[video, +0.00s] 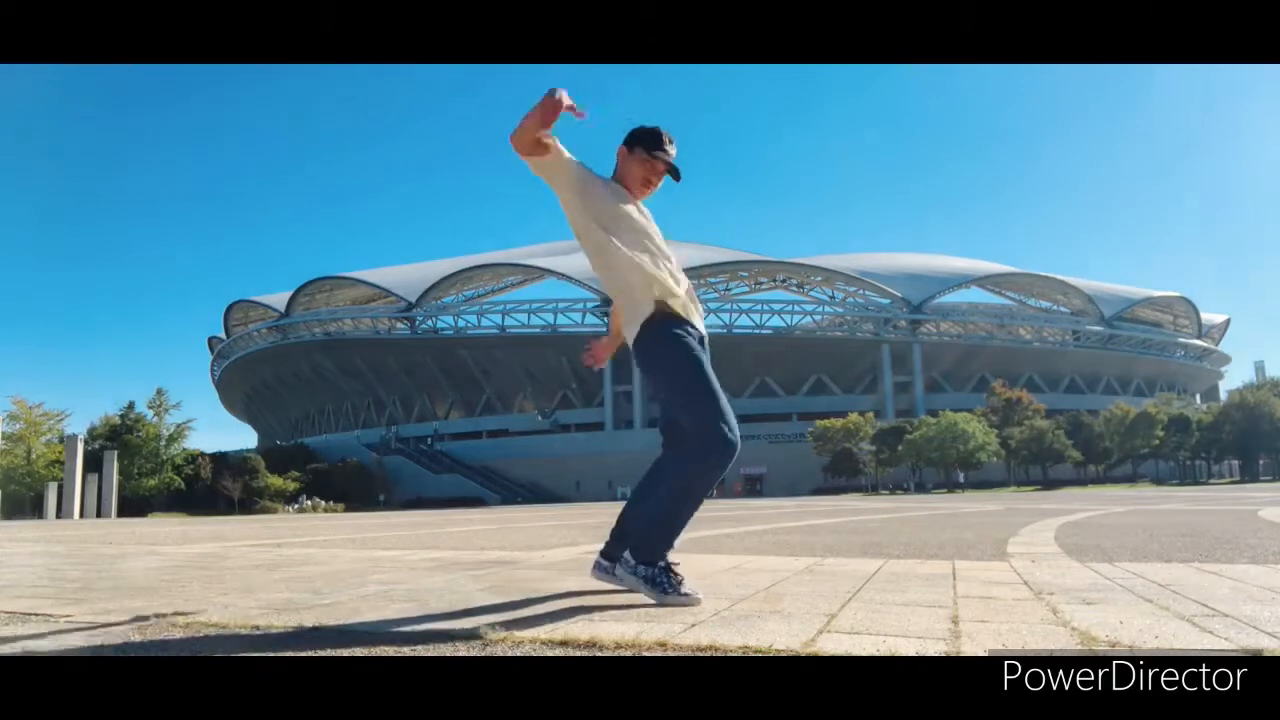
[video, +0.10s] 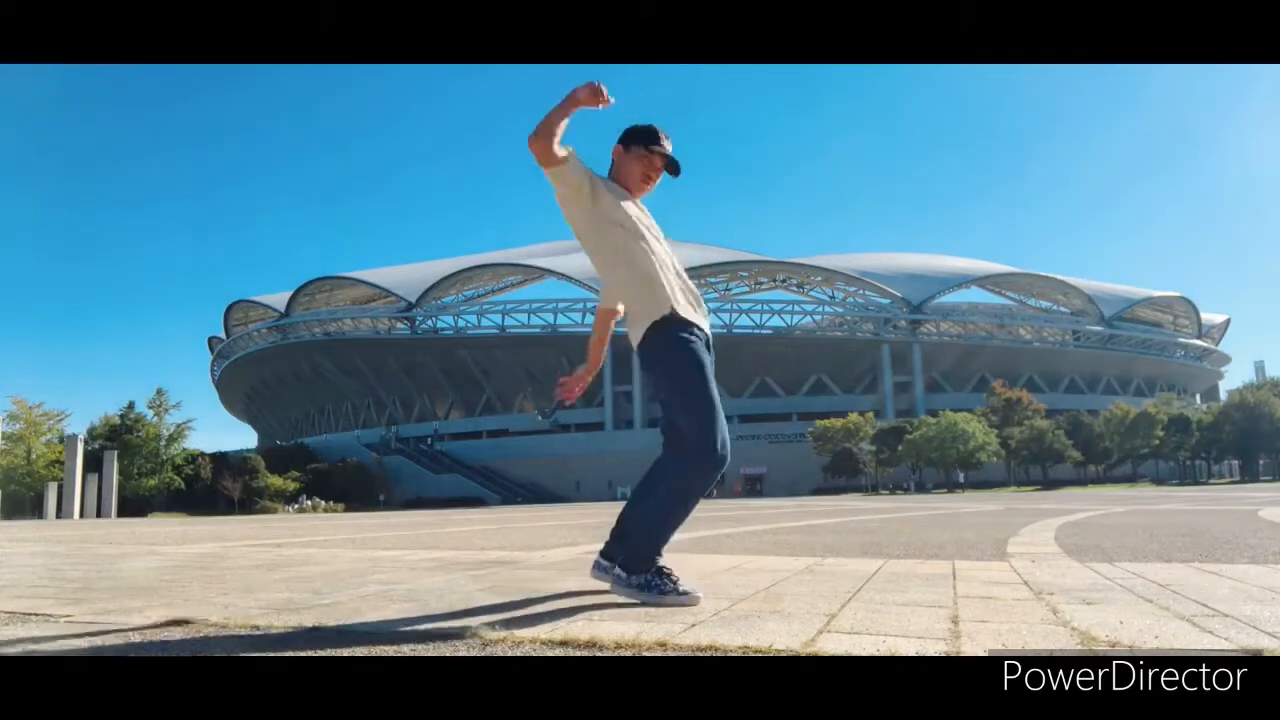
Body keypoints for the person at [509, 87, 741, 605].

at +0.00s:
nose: (657, 178)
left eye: (664, 173)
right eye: (652, 165)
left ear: (661, 178)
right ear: (624, 154)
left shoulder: (635, 217)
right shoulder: (585, 185)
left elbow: (640, 283)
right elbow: (526, 142)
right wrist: (551, 106)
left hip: (683, 336)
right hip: (663, 333)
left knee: (685, 446)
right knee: (717, 440)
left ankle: (619, 555)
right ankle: (642, 558)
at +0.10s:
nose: (656, 175)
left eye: (662, 171)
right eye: (651, 163)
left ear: (657, 175)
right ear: (621, 152)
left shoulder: (633, 218)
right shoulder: (589, 190)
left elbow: (609, 304)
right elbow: (541, 145)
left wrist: (590, 367)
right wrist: (571, 103)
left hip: (689, 336)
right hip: (669, 333)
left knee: (688, 451)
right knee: (706, 452)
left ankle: (620, 555)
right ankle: (634, 564)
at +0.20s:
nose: (654, 168)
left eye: (661, 164)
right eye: (649, 155)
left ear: (660, 169)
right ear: (621, 145)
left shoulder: (624, 212)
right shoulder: (595, 188)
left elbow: (617, 298)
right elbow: (568, 161)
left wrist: (628, 358)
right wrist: (571, 129)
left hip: (690, 335)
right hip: (674, 332)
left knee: (699, 454)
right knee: (696, 452)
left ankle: (620, 553)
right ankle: (635, 569)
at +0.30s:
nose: (655, 161)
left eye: (661, 158)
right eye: (649, 147)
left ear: (659, 163)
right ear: (622, 136)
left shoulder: (626, 194)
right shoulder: (596, 186)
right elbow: (589, 193)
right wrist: (583, 109)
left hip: (688, 328)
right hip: (671, 328)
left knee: (696, 445)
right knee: (693, 446)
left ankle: (626, 549)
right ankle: (635, 571)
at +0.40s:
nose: (656, 150)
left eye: (662, 147)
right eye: (651, 138)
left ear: (660, 152)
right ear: (622, 126)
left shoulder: (639, 191)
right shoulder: (591, 176)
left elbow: (662, 251)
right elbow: (577, 208)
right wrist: (594, 132)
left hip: (698, 326)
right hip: (669, 323)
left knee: (709, 447)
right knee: (686, 435)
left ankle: (630, 538)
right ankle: (637, 569)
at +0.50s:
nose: (657, 152)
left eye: (664, 146)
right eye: (651, 140)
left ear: (663, 149)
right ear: (625, 131)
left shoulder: (639, 189)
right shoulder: (588, 179)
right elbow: (612, 211)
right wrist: (625, 140)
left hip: (698, 328)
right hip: (668, 326)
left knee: (714, 443)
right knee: (683, 438)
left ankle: (654, 557)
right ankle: (633, 571)